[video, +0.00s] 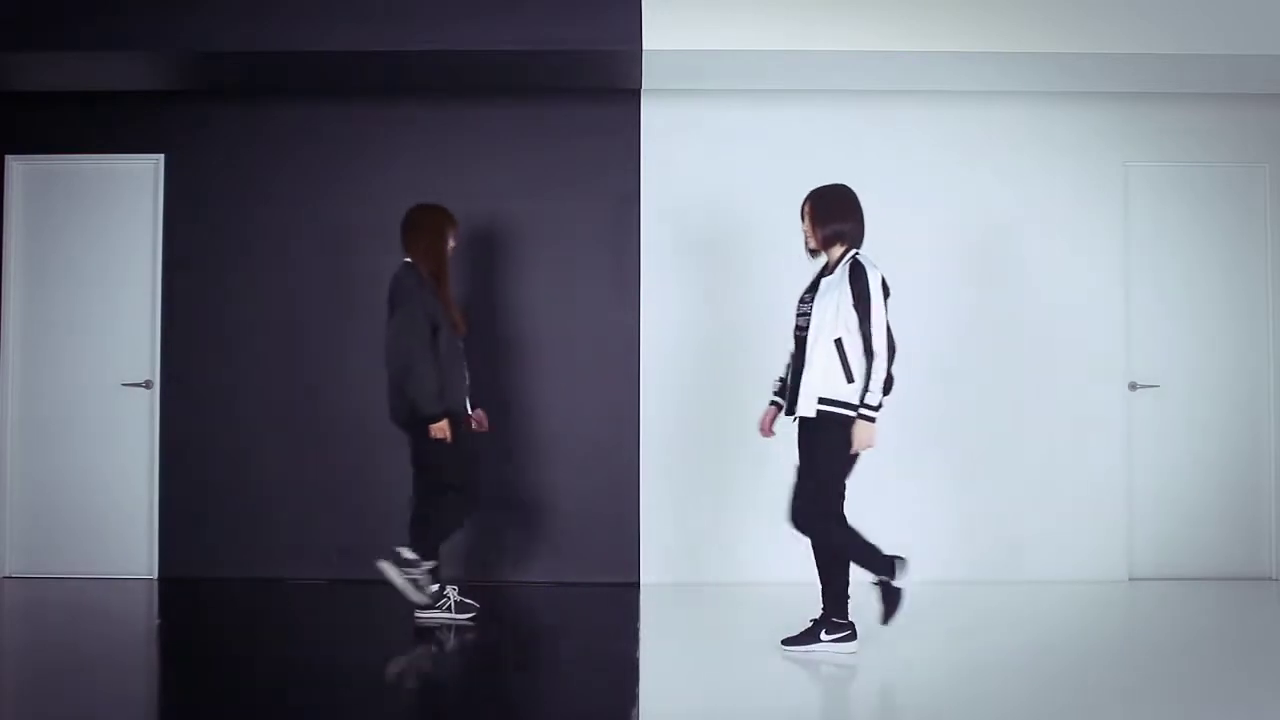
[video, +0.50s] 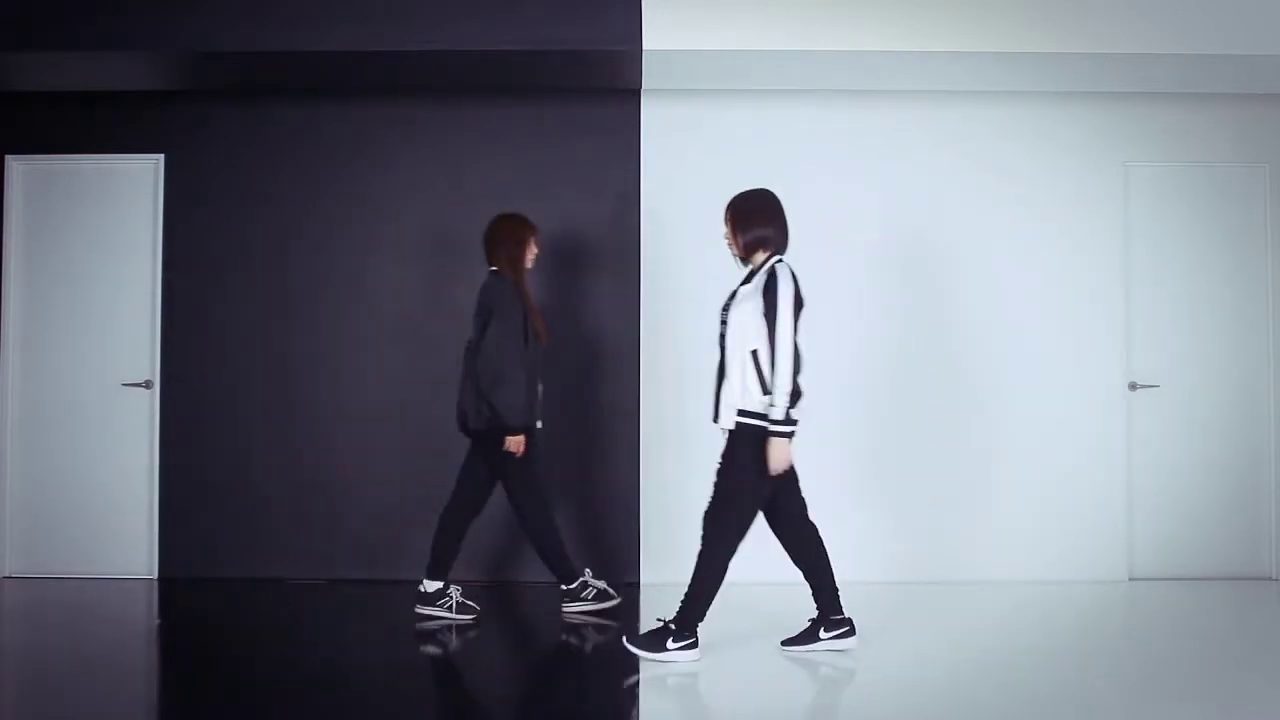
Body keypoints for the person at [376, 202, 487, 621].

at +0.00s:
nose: (453, 248)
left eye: (452, 239)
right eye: (449, 239)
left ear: (418, 241)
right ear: (433, 240)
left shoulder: (427, 283)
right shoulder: (411, 283)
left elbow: (442, 356)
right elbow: (414, 355)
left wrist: (463, 407)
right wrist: (433, 412)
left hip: (435, 412)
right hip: (428, 412)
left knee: (430, 494)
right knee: (459, 491)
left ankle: (432, 593)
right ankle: (412, 557)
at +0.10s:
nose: (469, 244)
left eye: (469, 235)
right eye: (464, 235)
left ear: (435, 236)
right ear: (447, 237)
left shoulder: (442, 280)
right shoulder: (429, 279)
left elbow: (458, 354)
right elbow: (430, 351)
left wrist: (486, 399)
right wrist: (446, 410)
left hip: (445, 411)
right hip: (439, 412)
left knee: (433, 499)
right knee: (495, 476)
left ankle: (428, 591)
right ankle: (469, 558)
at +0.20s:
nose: (485, 242)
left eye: (485, 234)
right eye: (481, 234)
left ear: (451, 237)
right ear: (464, 237)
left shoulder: (456, 279)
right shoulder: (447, 280)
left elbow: (471, 351)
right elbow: (441, 350)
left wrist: (497, 397)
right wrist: (458, 411)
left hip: (448, 412)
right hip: (457, 412)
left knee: (439, 500)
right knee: (516, 471)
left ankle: (429, 592)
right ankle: (511, 568)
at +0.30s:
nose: (500, 247)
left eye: (500, 239)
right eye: (495, 239)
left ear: (469, 244)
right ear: (476, 243)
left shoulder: (472, 282)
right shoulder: (464, 284)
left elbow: (483, 355)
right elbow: (457, 355)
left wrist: (501, 406)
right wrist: (473, 416)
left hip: (464, 417)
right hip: (470, 418)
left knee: (445, 504)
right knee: (521, 485)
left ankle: (429, 593)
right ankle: (548, 574)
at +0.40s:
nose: (518, 252)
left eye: (517, 243)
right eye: (512, 244)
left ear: (482, 248)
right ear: (495, 248)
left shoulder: (480, 286)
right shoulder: (485, 289)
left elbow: (482, 358)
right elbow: (481, 358)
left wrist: (497, 417)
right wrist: (493, 421)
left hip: (470, 422)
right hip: (483, 423)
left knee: (450, 507)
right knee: (521, 504)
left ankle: (430, 592)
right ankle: (569, 582)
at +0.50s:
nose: (536, 251)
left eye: (535, 243)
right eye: (530, 243)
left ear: (502, 248)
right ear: (512, 247)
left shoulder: (504, 288)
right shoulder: (503, 291)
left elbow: (507, 361)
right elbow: (501, 361)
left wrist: (521, 420)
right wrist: (514, 424)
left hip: (498, 422)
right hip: (501, 423)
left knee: (465, 504)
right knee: (533, 507)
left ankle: (432, 587)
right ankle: (574, 586)